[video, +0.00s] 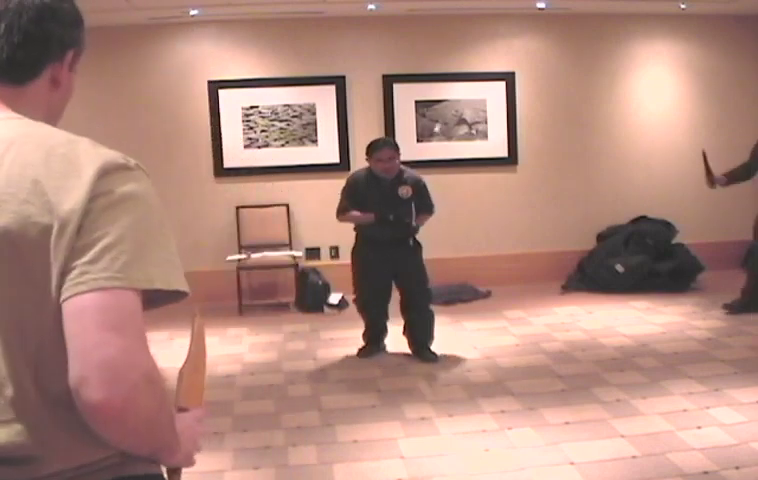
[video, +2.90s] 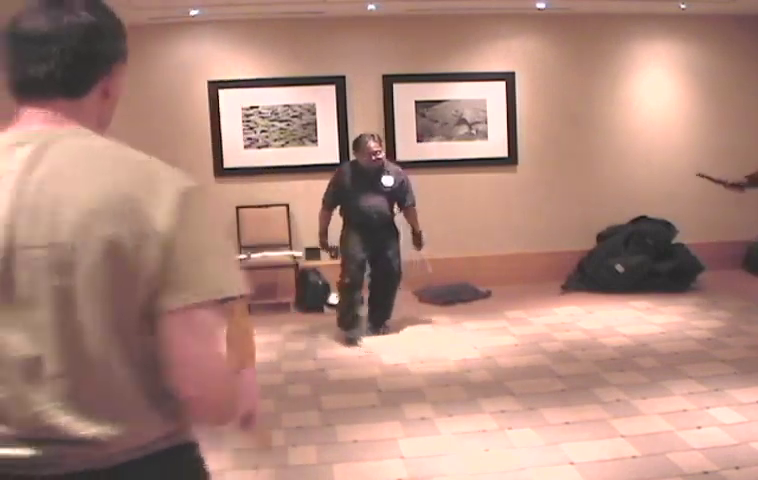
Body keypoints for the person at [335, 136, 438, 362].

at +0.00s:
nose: (387, 165)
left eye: (391, 160)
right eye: (381, 161)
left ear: (399, 158)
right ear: (370, 161)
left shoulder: (412, 181)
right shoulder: (357, 181)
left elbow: (426, 210)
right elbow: (342, 214)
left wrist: (409, 227)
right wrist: (374, 218)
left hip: (404, 248)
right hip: (370, 250)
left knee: (417, 298)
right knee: (369, 299)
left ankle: (420, 345)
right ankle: (373, 342)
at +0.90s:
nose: (412, 172)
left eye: (418, 166)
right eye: (407, 165)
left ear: (432, 165)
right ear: (401, 163)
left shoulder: (438, 187)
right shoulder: (387, 177)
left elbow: (426, 219)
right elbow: (367, 202)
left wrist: (400, 234)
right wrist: (371, 221)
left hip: (416, 250)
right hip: (382, 248)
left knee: (421, 303)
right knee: (370, 294)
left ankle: (423, 357)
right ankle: (367, 337)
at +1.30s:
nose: (415, 175)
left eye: (422, 169)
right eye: (410, 169)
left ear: (434, 167)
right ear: (402, 167)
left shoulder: (443, 191)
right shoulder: (388, 181)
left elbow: (442, 231)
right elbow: (367, 208)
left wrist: (423, 257)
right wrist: (375, 232)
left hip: (422, 252)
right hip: (386, 249)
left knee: (425, 306)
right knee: (371, 298)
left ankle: (423, 358)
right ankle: (366, 337)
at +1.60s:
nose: (406, 166)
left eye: (411, 161)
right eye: (399, 162)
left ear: (421, 162)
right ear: (390, 163)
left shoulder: (431, 186)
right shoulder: (377, 182)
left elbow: (447, 228)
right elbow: (354, 216)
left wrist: (455, 261)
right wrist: (349, 247)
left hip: (415, 251)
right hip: (379, 251)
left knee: (424, 304)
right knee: (371, 300)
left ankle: (423, 357)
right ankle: (374, 339)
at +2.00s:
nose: (377, 162)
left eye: (380, 156)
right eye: (370, 159)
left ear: (387, 154)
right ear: (359, 162)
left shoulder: (404, 179)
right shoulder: (348, 183)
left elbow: (426, 215)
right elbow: (331, 218)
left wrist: (441, 242)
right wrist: (332, 248)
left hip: (400, 245)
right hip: (364, 248)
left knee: (412, 296)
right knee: (369, 299)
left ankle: (421, 345)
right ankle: (378, 339)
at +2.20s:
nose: (374, 155)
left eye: (375, 149)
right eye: (366, 153)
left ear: (379, 148)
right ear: (354, 157)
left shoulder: (399, 173)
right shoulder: (345, 179)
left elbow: (412, 210)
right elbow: (328, 215)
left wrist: (413, 244)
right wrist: (330, 246)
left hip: (396, 237)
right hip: (364, 240)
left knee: (409, 283)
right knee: (370, 290)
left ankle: (402, 328)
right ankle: (377, 336)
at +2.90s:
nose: (378, 156)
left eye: (379, 152)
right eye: (372, 154)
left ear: (383, 150)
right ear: (358, 156)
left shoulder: (394, 173)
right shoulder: (345, 174)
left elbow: (408, 205)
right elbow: (327, 206)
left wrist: (416, 231)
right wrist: (323, 236)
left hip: (385, 230)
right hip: (355, 231)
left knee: (390, 273)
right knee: (352, 275)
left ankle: (378, 322)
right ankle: (351, 327)